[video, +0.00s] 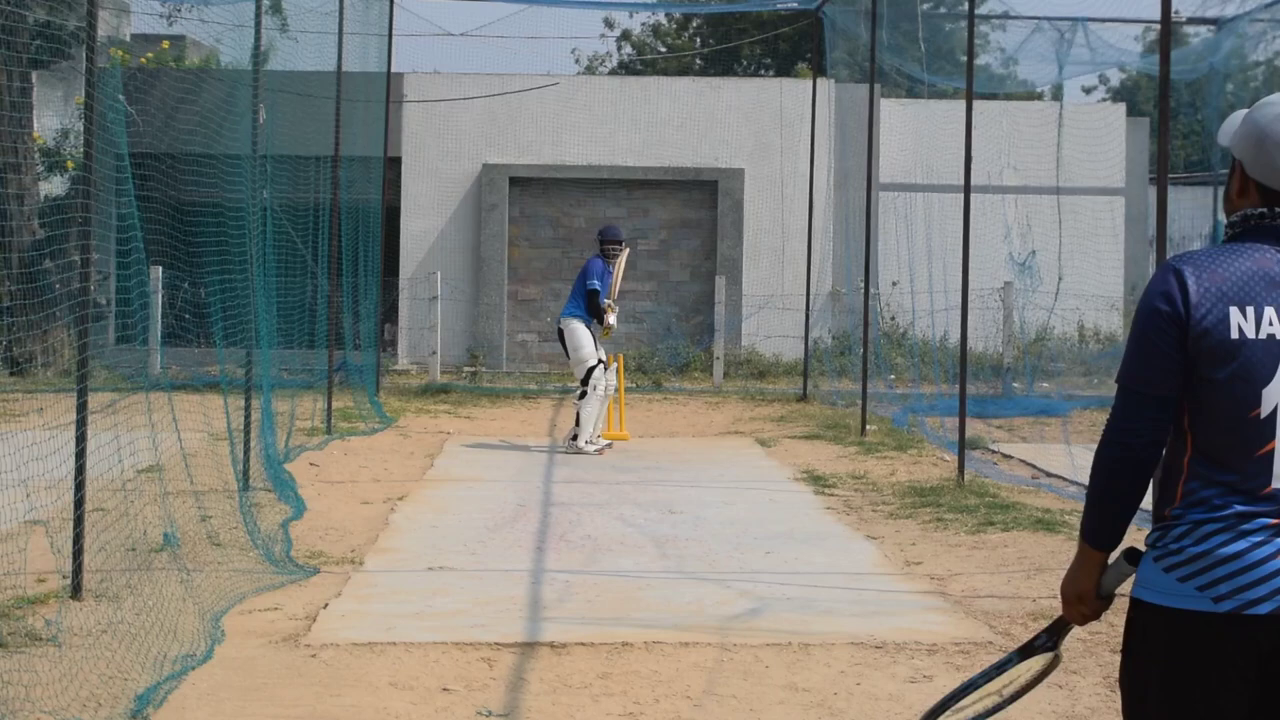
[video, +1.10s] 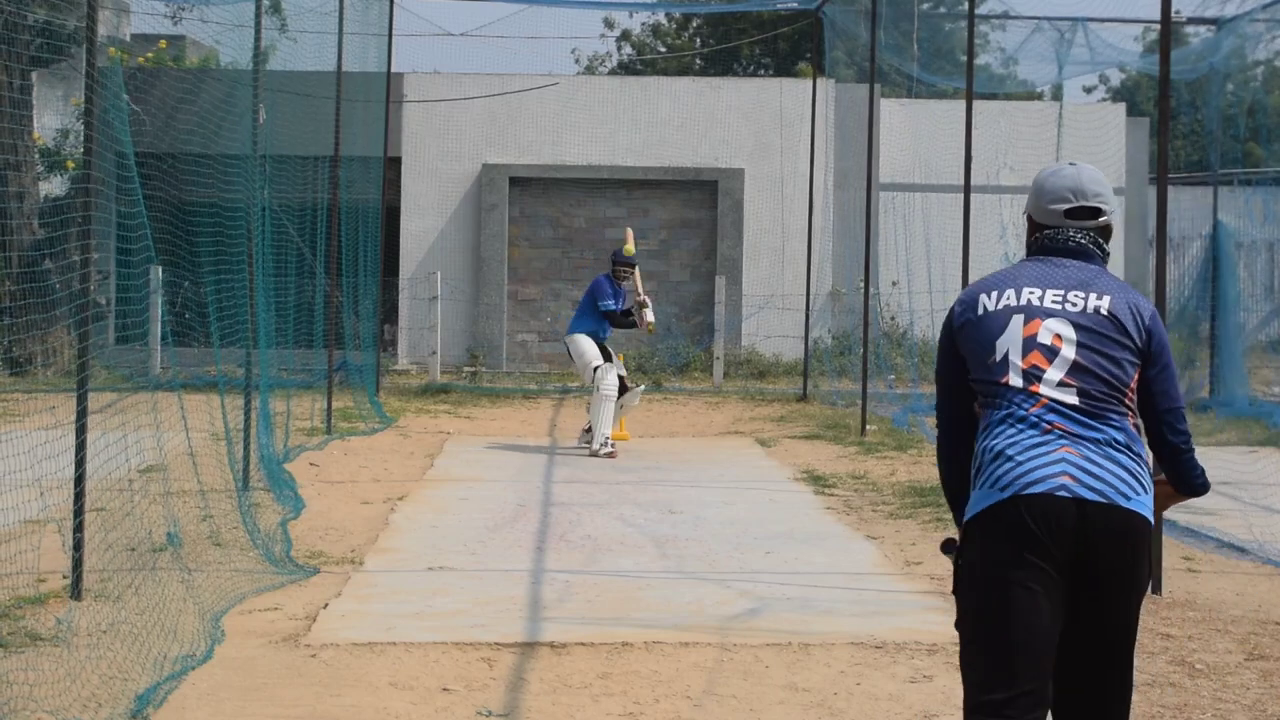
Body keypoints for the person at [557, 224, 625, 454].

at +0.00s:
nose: (612, 250)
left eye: (616, 246)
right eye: (608, 245)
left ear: (621, 247)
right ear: (601, 245)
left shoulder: (608, 269)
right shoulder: (595, 264)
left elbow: (600, 299)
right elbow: (592, 299)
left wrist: (608, 307)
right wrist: (604, 320)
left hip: (586, 324)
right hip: (573, 323)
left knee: (607, 380)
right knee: (595, 379)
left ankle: (591, 436)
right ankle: (579, 439)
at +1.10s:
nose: (624, 273)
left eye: (628, 269)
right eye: (620, 268)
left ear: (633, 272)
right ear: (613, 266)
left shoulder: (620, 292)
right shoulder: (602, 284)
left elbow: (618, 317)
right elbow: (614, 320)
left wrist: (635, 307)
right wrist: (638, 321)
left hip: (596, 340)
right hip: (579, 336)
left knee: (623, 389)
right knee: (606, 379)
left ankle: (592, 431)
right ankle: (600, 442)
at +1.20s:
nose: (621, 265)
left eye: (626, 262)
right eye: (618, 259)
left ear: (630, 264)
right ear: (610, 258)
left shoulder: (624, 286)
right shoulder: (598, 274)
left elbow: (637, 317)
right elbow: (609, 296)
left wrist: (647, 298)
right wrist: (641, 295)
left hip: (604, 339)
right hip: (583, 334)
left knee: (626, 394)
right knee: (607, 378)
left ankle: (592, 429)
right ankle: (601, 443)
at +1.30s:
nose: (619, 253)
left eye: (624, 251)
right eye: (616, 249)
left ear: (631, 253)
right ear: (610, 248)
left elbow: (642, 301)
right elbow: (599, 269)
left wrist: (642, 275)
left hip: (615, 333)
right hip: (589, 330)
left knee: (620, 388)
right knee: (595, 382)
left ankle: (599, 430)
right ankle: (596, 438)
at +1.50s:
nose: (629, 248)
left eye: (635, 245)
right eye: (626, 243)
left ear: (643, 246)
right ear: (622, 243)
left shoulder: (643, 263)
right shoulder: (613, 257)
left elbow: (623, 272)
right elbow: (599, 261)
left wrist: (595, 264)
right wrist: (585, 260)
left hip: (619, 325)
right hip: (593, 319)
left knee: (613, 380)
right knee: (588, 370)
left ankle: (609, 431)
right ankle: (592, 421)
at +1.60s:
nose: (634, 244)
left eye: (639, 241)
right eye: (631, 239)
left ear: (648, 242)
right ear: (627, 239)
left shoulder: (646, 261)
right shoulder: (627, 262)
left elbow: (616, 270)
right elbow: (607, 288)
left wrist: (580, 267)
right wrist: (586, 280)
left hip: (622, 321)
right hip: (599, 314)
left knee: (615, 377)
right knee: (593, 347)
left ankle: (607, 431)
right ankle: (590, 405)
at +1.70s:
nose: (629, 239)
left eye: (633, 235)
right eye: (630, 235)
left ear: (643, 237)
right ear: (645, 238)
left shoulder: (643, 257)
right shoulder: (638, 261)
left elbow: (607, 271)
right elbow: (617, 294)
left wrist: (586, 266)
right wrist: (591, 284)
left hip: (625, 320)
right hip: (608, 315)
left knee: (614, 376)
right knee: (581, 341)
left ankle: (610, 431)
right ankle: (585, 395)